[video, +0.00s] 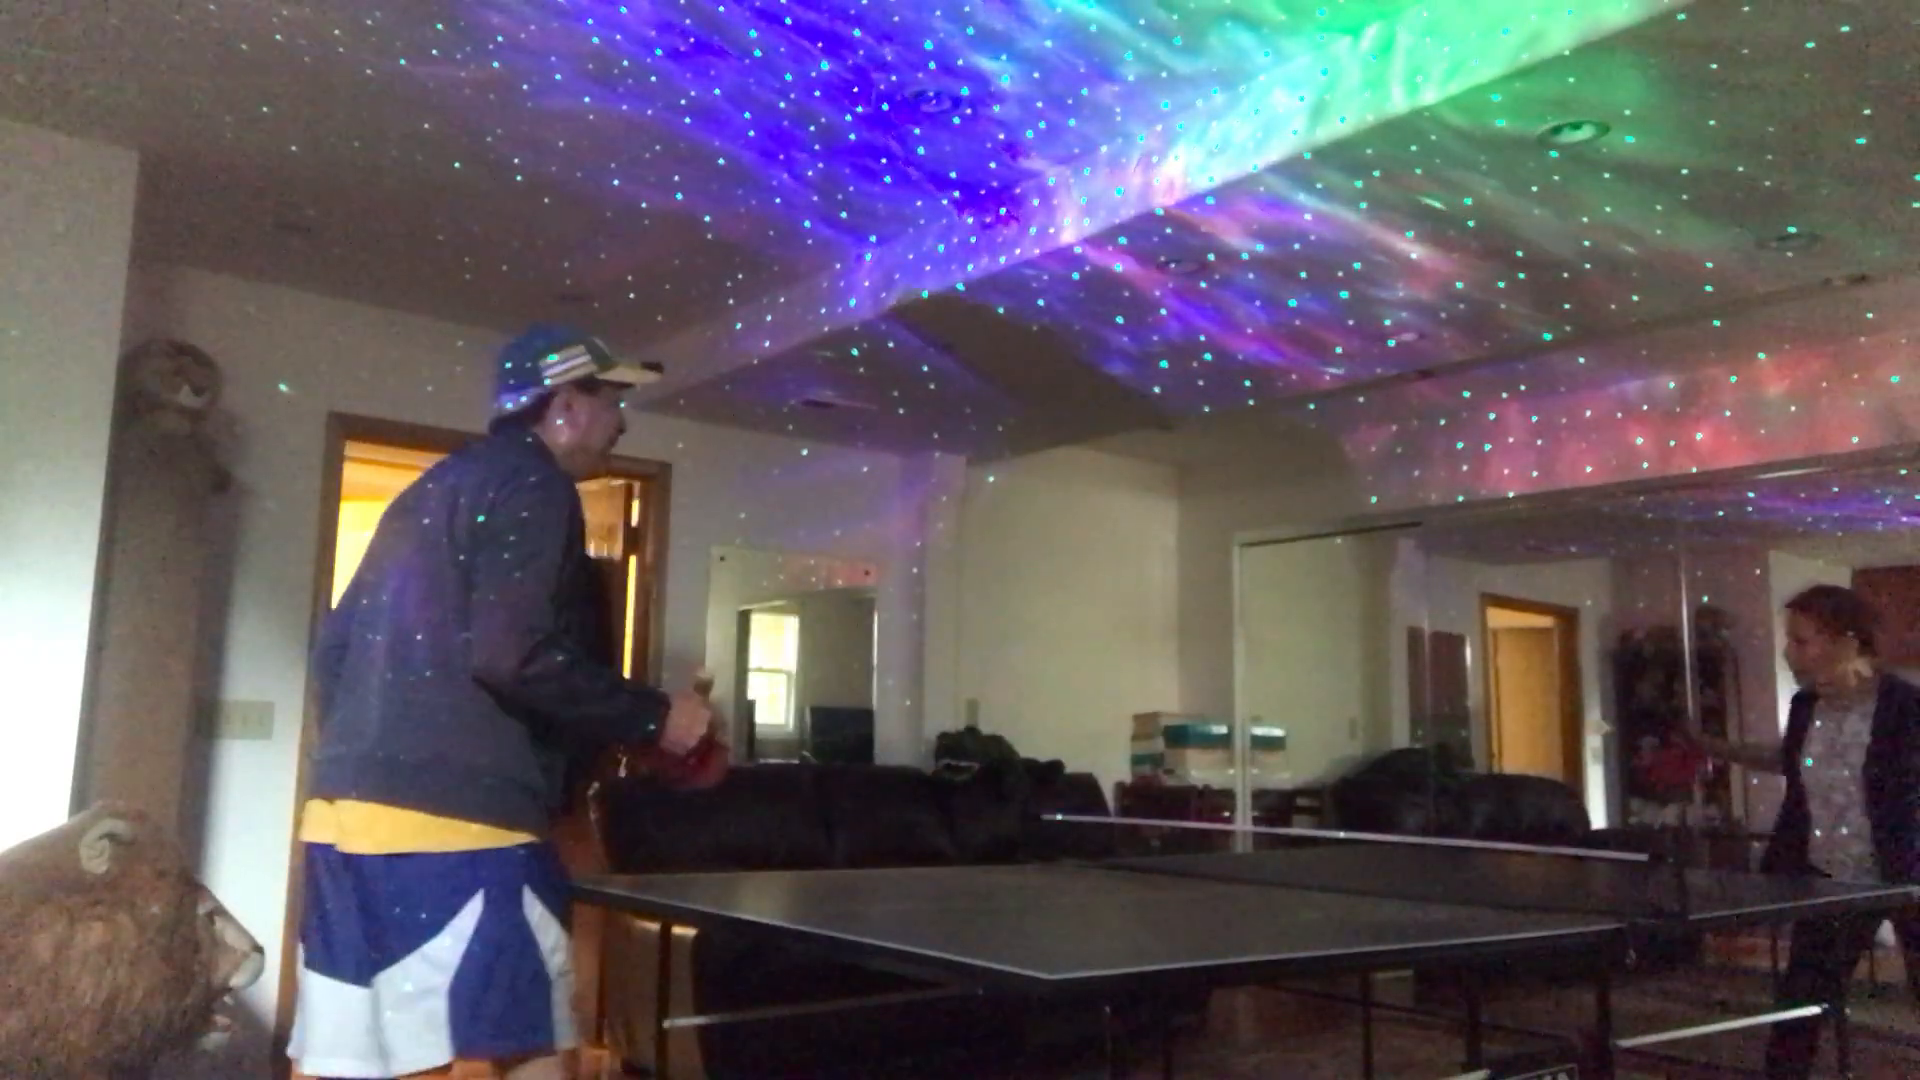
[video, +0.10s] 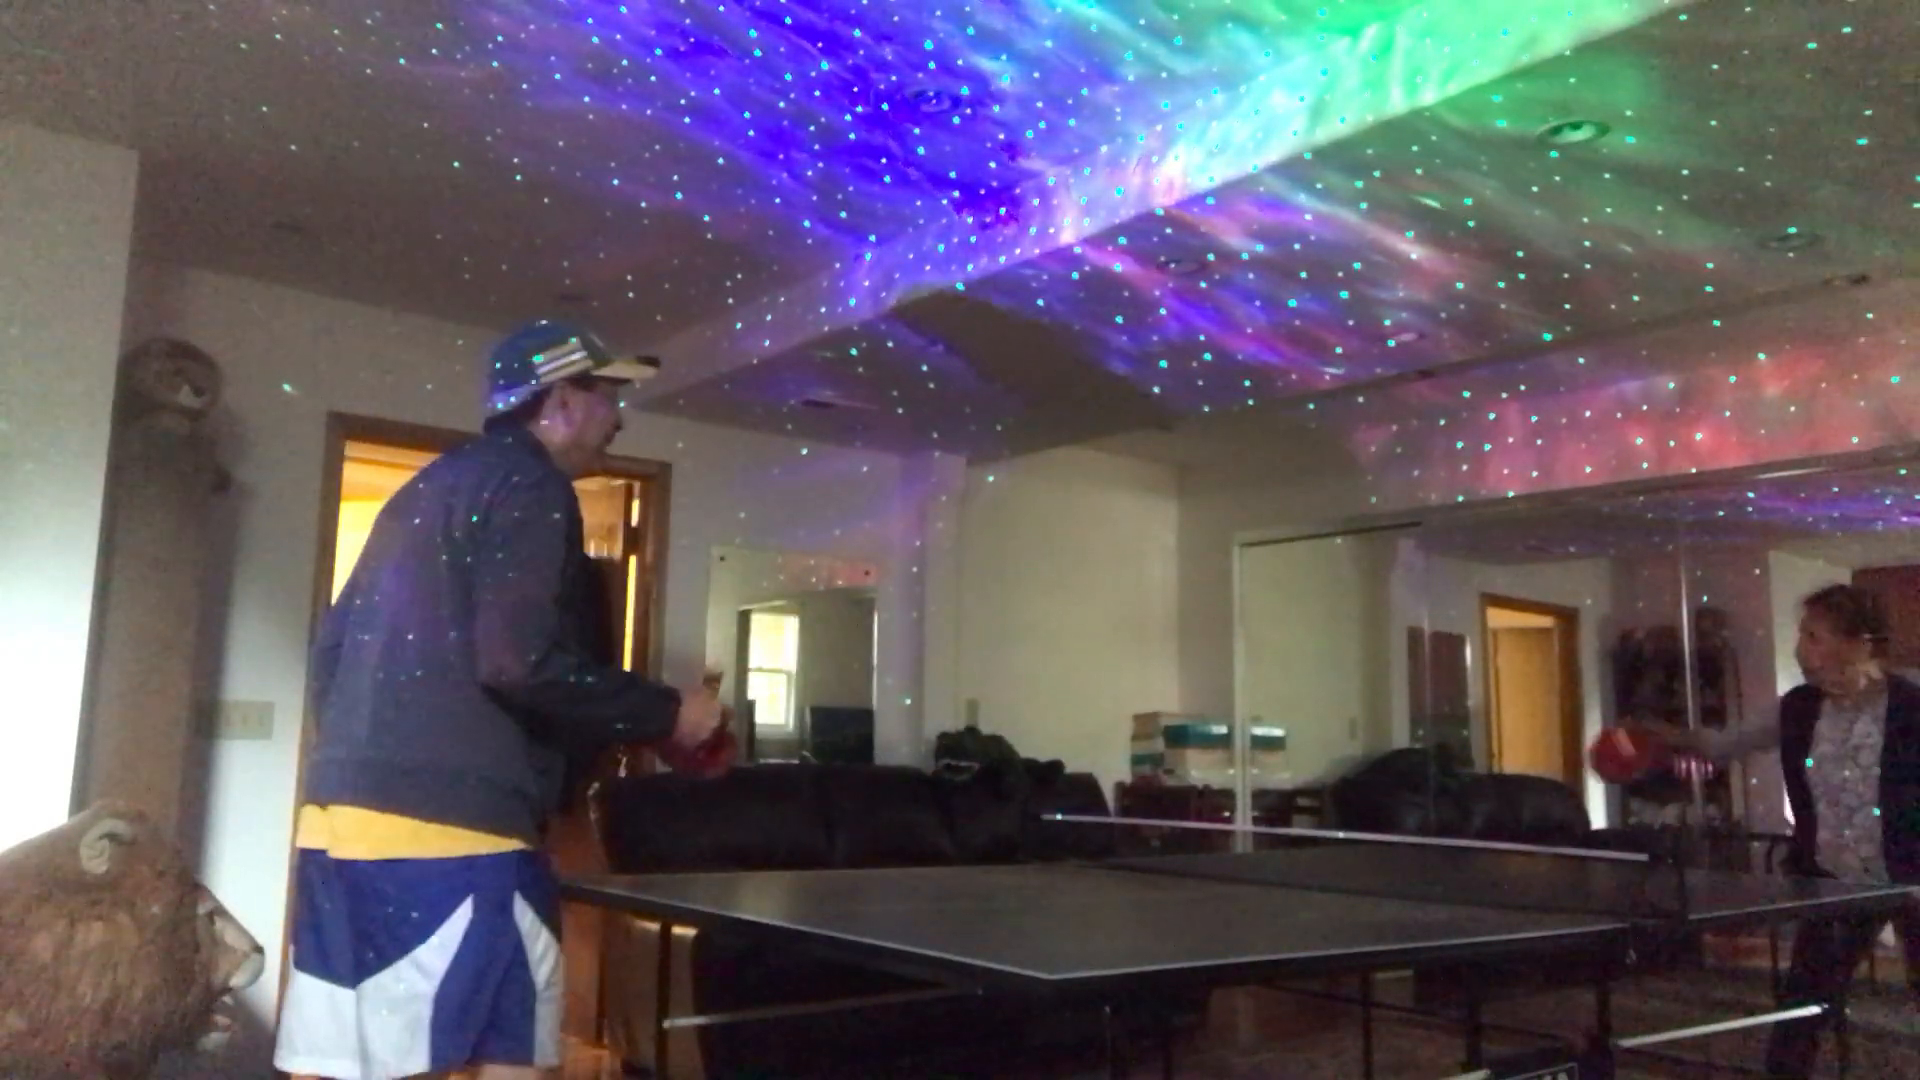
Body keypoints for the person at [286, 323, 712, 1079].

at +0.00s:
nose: (621, 423)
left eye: (621, 404)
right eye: (613, 402)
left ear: (529, 403)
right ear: (565, 404)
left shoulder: (423, 491)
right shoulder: (535, 487)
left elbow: (336, 642)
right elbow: (511, 652)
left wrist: (382, 757)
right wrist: (654, 714)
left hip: (345, 824)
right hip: (459, 829)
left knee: (348, 1062)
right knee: (530, 1061)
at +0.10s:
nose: (617, 416)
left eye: (615, 397)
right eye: (606, 395)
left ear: (527, 404)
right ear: (556, 404)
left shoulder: (421, 488)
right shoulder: (532, 487)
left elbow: (332, 643)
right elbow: (517, 659)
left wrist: (384, 754)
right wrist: (668, 711)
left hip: (340, 829)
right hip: (451, 835)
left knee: (351, 1060)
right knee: (505, 1058)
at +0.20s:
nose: (627, 418)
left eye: (625, 399)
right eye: (617, 398)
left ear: (530, 399)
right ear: (571, 401)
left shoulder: (427, 487)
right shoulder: (537, 488)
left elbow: (341, 640)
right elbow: (539, 665)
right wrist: (683, 704)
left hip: (340, 827)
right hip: (450, 834)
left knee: (340, 1060)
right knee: (487, 1063)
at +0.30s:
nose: (643, 414)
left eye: (642, 395)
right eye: (633, 393)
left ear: (552, 399)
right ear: (582, 399)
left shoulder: (449, 480)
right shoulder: (548, 487)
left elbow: (354, 638)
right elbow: (566, 664)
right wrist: (714, 689)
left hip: (345, 829)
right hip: (446, 839)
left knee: (358, 1060)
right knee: (475, 1064)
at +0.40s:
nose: (667, 422)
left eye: (666, 401)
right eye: (656, 398)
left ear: (596, 401)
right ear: (602, 398)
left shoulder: (470, 476)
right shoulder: (550, 477)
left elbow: (374, 644)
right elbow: (540, 659)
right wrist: (708, 684)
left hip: (350, 832)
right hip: (443, 844)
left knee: (358, 1059)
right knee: (469, 1064)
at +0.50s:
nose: (684, 427)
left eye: (684, 404)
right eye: (674, 400)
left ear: (606, 400)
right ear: (615, 399)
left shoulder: (520, 477)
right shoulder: (540, 474)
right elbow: (458, 642)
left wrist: (638, 789)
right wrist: (616, 741)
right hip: (443, 842)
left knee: (349, 1061)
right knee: (469, 1060)